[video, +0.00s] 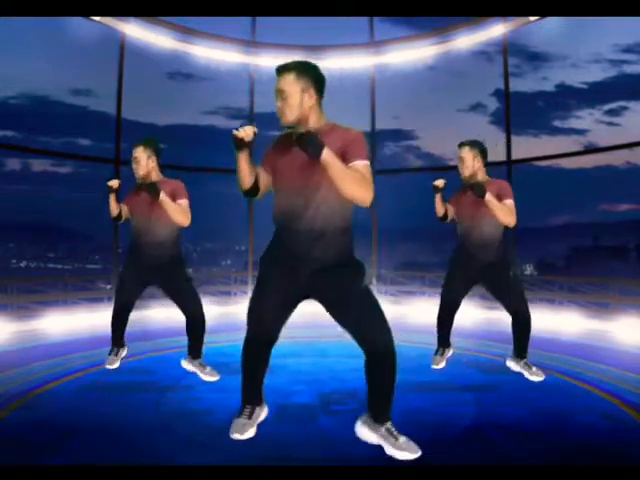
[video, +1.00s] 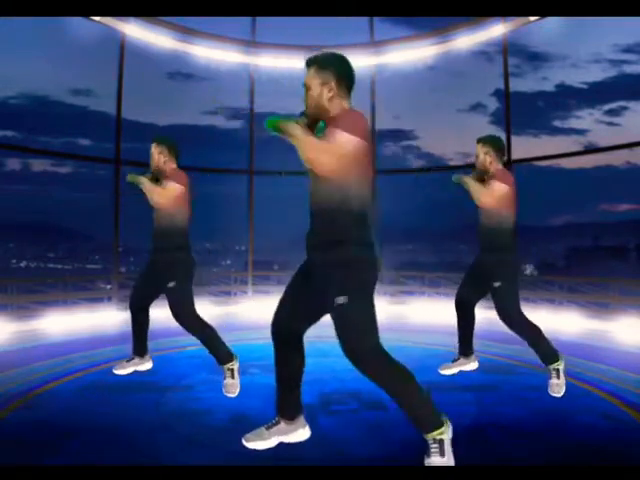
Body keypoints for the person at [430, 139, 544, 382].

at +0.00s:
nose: (461, 164)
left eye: (465, 159)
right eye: (460, 160)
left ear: (479, 160)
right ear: (462, 163)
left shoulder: (500, 188)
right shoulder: (461, 195)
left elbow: (510, 220)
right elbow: (444, 215)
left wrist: (486, 196)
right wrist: (438, 194)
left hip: (496, 264)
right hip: (465, 263)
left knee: (520, 312)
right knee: (447, 305)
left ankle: (519, 358)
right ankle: (443, 347)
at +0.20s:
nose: (466, 148)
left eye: (470, 143)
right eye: (465, 144)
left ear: (485, 143)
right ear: (470, 146)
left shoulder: (507, 167)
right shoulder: (469, 178)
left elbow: (518, 194)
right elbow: (452, 202)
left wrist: (491, 176)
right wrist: (445, 177)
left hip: (508, 248)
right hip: (480, 249)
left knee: (527, 305)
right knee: (453, 291)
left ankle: (544, 359)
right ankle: (451, 342)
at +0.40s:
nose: (477, 163)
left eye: (481, 157)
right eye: (476, 158)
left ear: (496, 158)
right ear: (483, 160)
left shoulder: (519, 182)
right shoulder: (484, 190)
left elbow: (523, 215)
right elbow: (476, 221)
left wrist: (495, 193)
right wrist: (461, 203)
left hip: (518, 262)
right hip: (491, 262)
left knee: (532, 320)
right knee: (462, 303)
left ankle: (549, 370)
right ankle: (464, 354)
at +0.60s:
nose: (488, 158)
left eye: (493, 153)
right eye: (487, 154)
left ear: (509, 153)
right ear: (489, 157)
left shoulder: (529, 178)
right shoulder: (490, 185)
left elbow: (536, 209)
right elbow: (477, 212)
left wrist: (506, 185)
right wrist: (466, 197)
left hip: (524, 264)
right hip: (493, 262)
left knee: (538, 322)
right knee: (465, 304)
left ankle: (549, 369)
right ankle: (463, 353)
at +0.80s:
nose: (492, 158)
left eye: (496, 153)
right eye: (490, 153)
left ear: (511, 154)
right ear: (489, 156)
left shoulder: (530, 181)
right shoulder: (485, 178)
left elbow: (530, 212)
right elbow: (451, 184)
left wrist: (507, 184)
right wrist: (424, 168)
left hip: (522, 264)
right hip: (492, 261)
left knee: (538, 321)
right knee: (465, 306)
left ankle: (550, 370)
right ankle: (466, 356)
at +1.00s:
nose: (479, 160)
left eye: (483, 155)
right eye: (478, 155)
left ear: (496, 157)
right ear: (482, 158)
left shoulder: (502, 183)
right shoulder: (489, 180)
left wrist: (468, 181)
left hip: (503, 259)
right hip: (486, 257)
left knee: (510, 315)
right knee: (464, 301)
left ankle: (554, 362)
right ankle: (466, 356)